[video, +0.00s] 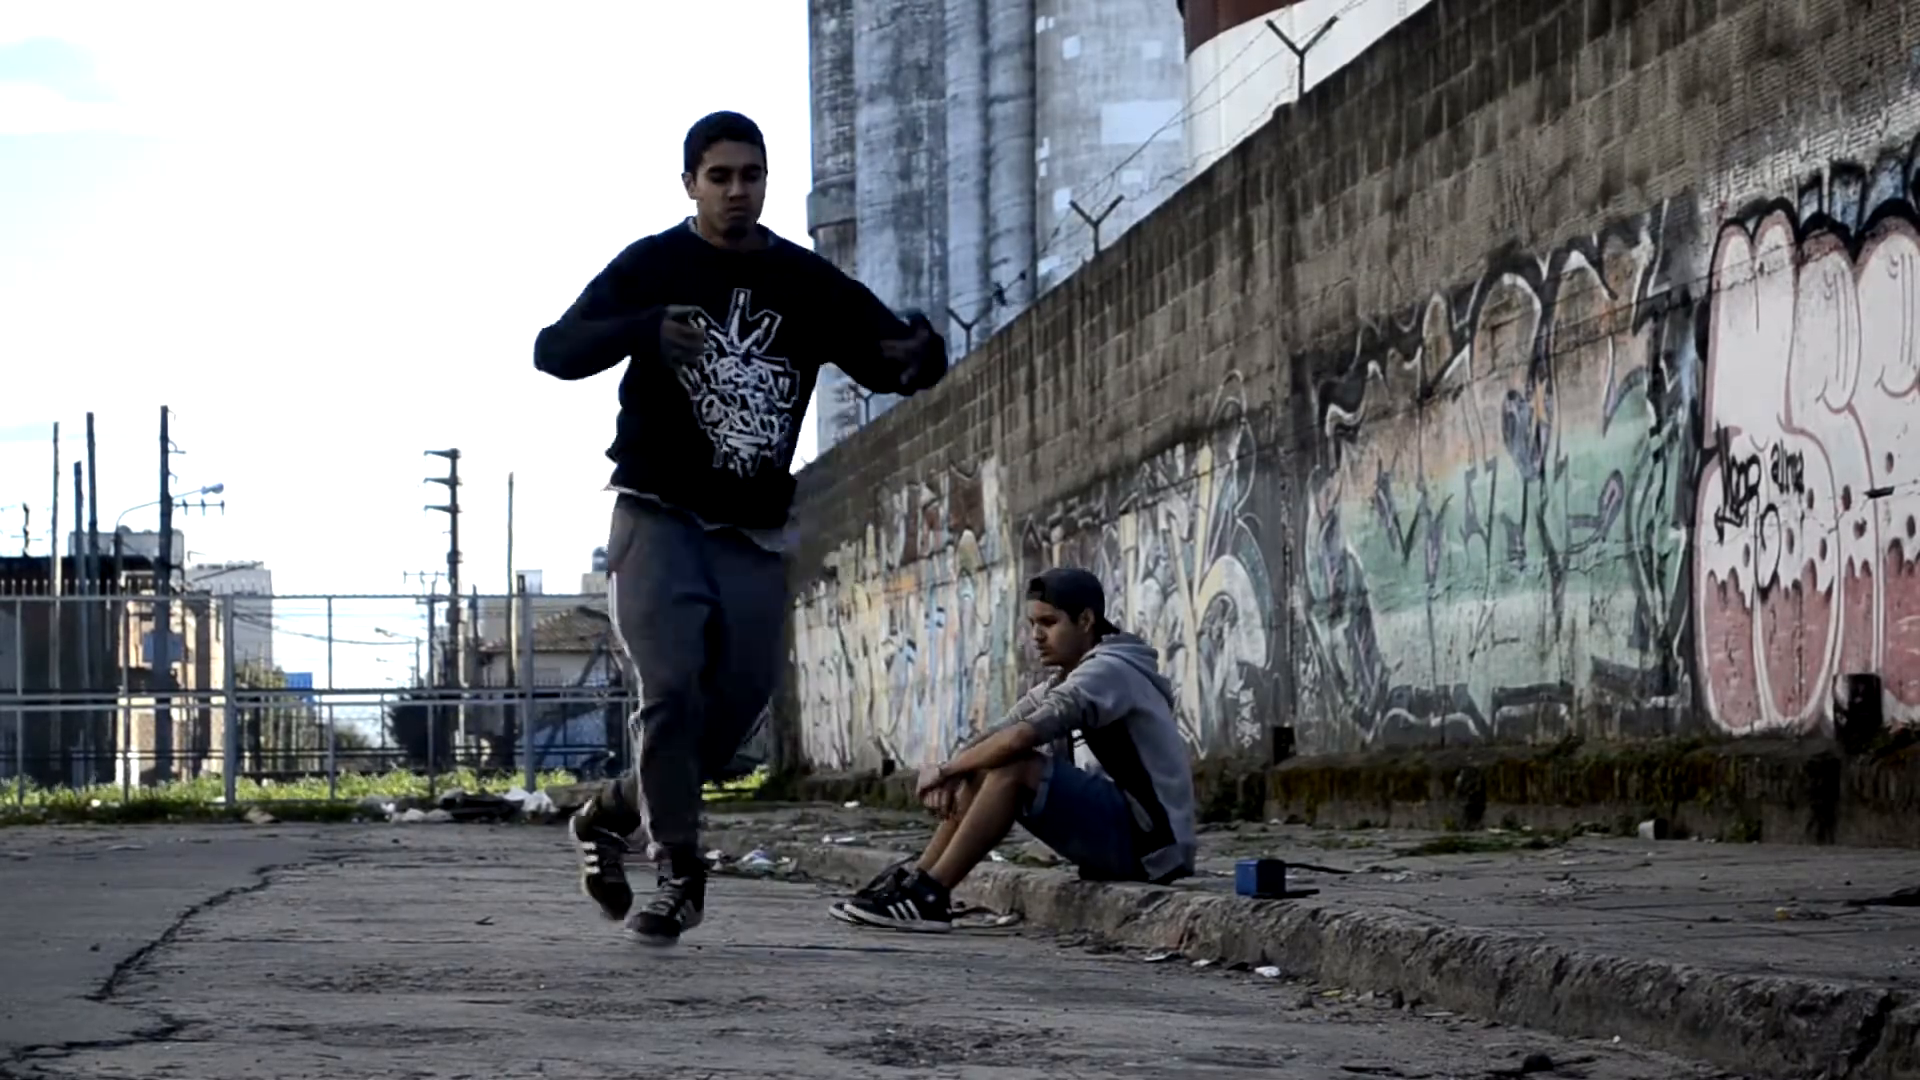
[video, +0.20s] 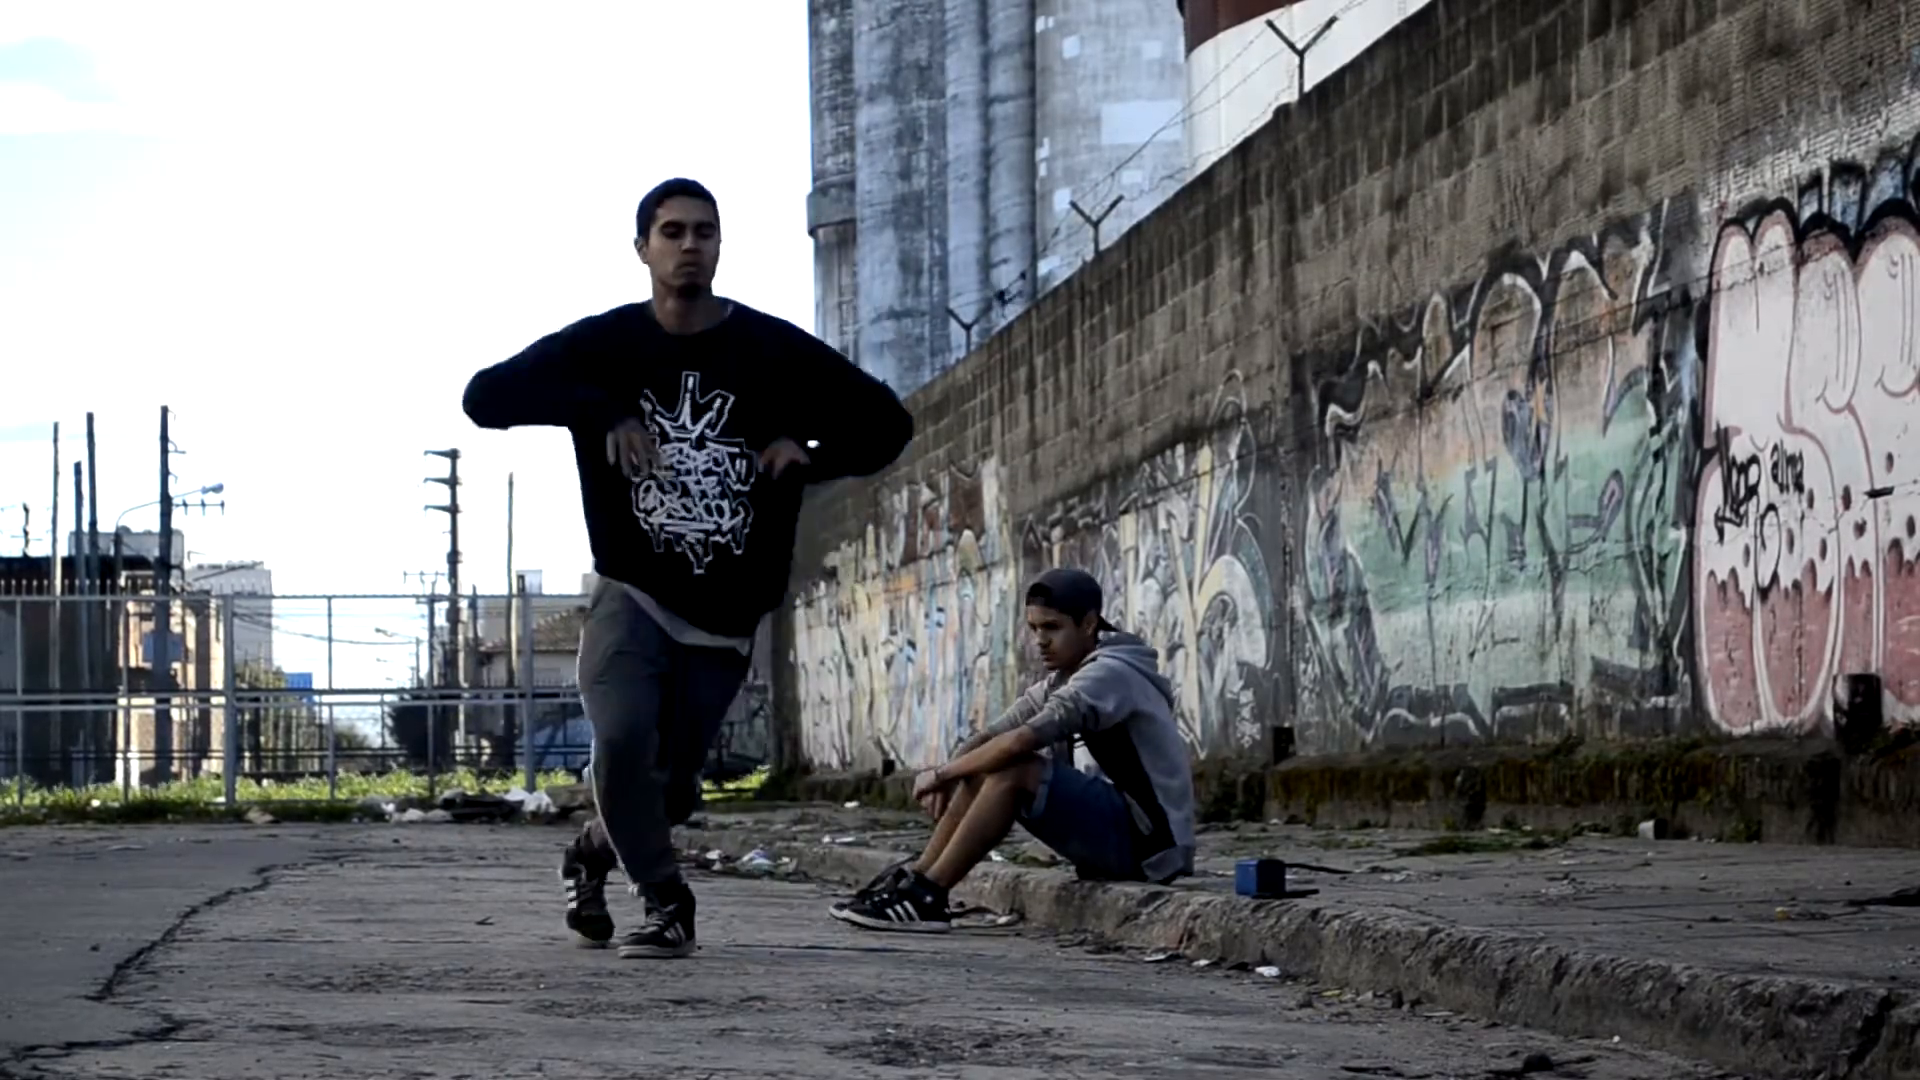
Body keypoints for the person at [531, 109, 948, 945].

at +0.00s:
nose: (738, 191)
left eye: (752, 176)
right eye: (721, 177)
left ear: (768, 182)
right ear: (691, 185)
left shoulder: (807, 279)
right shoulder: (653, 265)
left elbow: (899, 362)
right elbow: (556, 352)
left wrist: (924, 350)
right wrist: (644, 329)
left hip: (757, 531)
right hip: (659, 518)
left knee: (735, 712)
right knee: (667, 691)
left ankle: (605, 822)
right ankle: (679, 877)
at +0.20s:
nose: (691, 246)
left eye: (705, 233)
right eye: (674, 232)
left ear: (720, 246)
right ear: (644, 247)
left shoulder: (774, 348)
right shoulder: (606, 343)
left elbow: (887, 424)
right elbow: (485, 398)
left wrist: (811, 454)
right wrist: (604, 416)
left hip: (729, 610)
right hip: (632, 590)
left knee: (674, 783)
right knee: (618, 742)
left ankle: (590, 850)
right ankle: (666, 900)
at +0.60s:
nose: (726, 211)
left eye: (739, 196)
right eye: (708, 198)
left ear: (758, 207)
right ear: (680, 211)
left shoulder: (799, 319)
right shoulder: (640, 295)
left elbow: (839, 459)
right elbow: (544, 340)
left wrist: (850, 586)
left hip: (782, 558)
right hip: (672, 570)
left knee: (802, 701)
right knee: (640, 766)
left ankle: (836, 894)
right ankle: (682, 897)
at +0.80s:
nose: (755, 283)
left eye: (761, 270)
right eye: (733, 273)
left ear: (770, 285)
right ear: (691, 298)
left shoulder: (822, 397)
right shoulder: (657, 383)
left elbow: (924, 503)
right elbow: (569, 321)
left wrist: (895, 595)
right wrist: (642, 244)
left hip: (797, 622)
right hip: (693, 646)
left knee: (806, 700)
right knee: (622, 850)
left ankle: (842, 912)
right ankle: (693, 890)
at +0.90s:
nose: (766, 291)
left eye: (770, 277)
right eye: (744, 279)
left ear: (777, 292)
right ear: (699, 304)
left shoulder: (835, 389)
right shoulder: (660, 388)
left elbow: (962, 413)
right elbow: (570, 323)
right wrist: (636, 243)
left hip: (794, 634)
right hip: (689, 661)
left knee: (800, 700)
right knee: (616, 858)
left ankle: (843, 911)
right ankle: (688, 887)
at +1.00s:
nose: (766, 294)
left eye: (769, 279)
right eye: (744, 282)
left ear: (776, 292)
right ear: (698, 305)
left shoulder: (831, 384)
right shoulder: (658, 390)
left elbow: (957, 374)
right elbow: (566, 327)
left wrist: (920, 267)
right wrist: (629, 244)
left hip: (796, 628)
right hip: (689, 657)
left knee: (800, 697)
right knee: (618, 858)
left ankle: (841, 911)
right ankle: (684, 886)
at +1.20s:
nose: (743, 187)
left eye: (746, 174)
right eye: (723, 176)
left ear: (753, 188)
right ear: (678, 193)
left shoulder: (798, 292)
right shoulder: (635, 294)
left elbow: (864, 407)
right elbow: (515, 357)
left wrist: (887, 315)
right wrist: (601, 263)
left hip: (780, 553)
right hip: (671, 559)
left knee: (796, 715)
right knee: (629, 750)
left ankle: (822, 898)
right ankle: (677, 890)